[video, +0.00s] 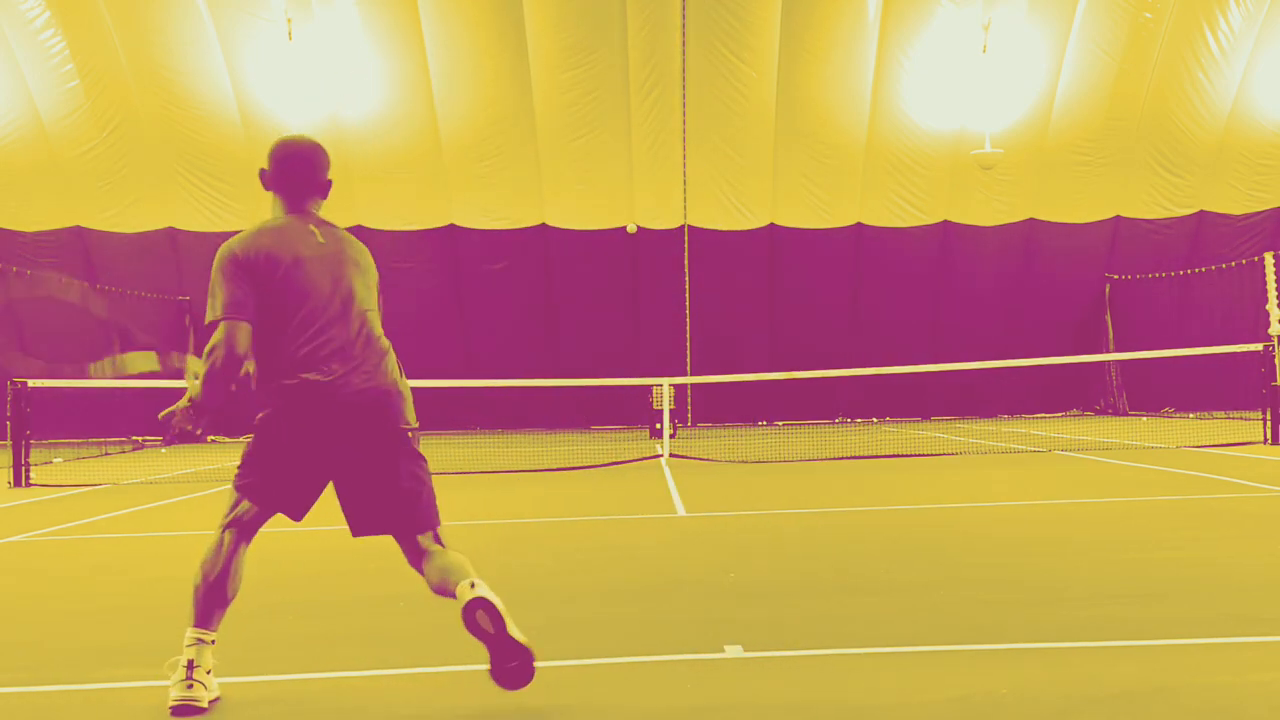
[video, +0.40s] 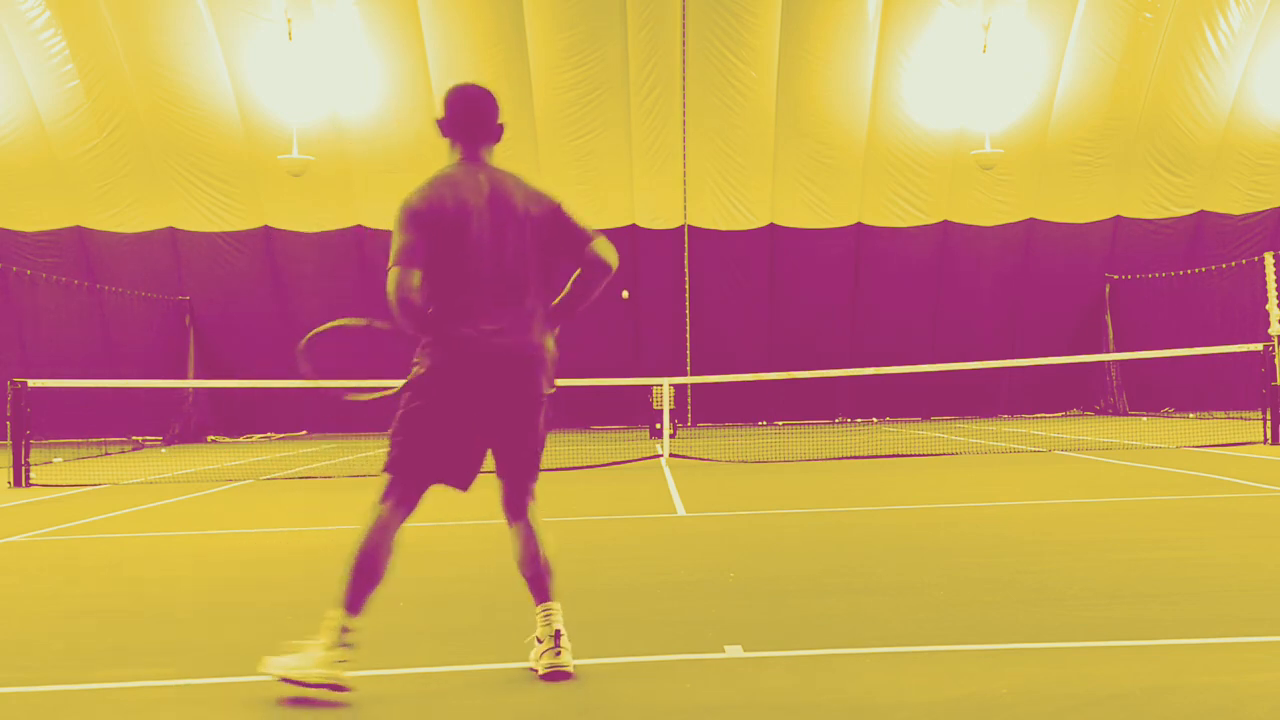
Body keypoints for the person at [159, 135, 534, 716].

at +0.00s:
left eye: (268, 180)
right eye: (324, 183)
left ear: (267, 184)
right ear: (326, 187)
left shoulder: (242, 251)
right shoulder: (357, 250)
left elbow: (234, 349)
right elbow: (372, 339)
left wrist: (194, 401)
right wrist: (405, 419)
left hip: (298, 411)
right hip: (379, 407)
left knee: (235, 529)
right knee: (424, 542)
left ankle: (196, 665)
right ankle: (474, 595)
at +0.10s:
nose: (287, 184)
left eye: (287, 176)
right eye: (344, 184)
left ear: (289, 183)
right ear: (347, 188)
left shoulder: (264, 248)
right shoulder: (383, 254)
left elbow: (258, 336)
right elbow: (429, 351)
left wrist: (238, 407)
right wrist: (367, 371)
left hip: (317, 405)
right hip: (397, 404)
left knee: (248, 528)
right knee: (450, 532)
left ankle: (197, 662)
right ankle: (527, 601)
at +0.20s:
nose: (350, 170)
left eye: (343, 159)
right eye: (378, 161)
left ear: (339, 166)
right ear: (394, 167)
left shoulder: (317, 231)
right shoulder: (429, 233)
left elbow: (312, 313)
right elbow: (498, 313)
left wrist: (309, 389)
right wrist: (444, 360)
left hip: (356, 394)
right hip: (434, 393)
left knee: (277, 523)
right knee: (474, 515)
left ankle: (202, 651)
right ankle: (546, 618)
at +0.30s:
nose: (407, 156)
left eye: (402, 146)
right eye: (430, 146)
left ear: (397, 152)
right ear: (451, 152)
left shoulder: (380, 220)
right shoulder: (488, 220)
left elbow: (365, 308)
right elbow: (561, 291)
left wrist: (380, 370)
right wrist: (509, 341)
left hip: (412, 381)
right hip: (486, 383)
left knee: (324, 516)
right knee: (497, 515)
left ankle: (238, 646)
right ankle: (550, 633)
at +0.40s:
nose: (459, 137)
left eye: (449, 125)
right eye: (484, 126)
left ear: (444, 130)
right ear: (498, 131)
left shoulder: (427, 199)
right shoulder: (533, 199)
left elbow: (403, 291)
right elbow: (605, 262)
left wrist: (436, 335)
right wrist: (552, 317)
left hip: (452, 362)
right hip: (523, 362)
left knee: (392, 507)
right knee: (521, 508)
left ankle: (333, 645)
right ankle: (552, 634)